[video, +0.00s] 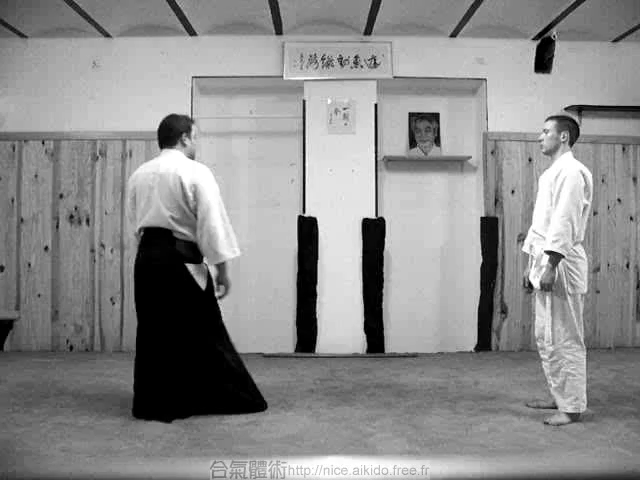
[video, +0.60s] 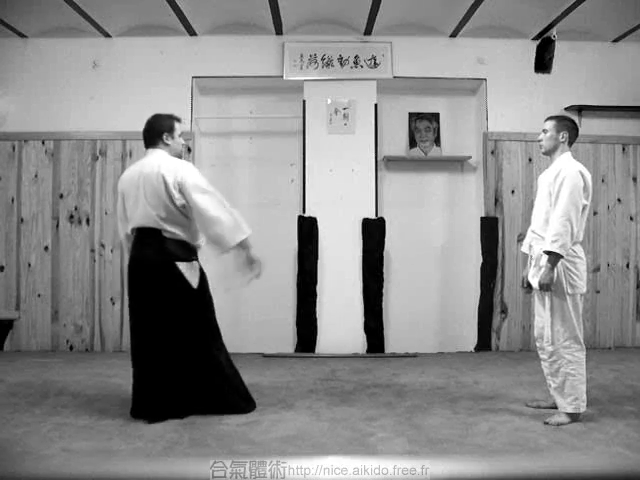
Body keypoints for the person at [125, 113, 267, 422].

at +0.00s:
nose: (196, 142)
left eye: (195, 136)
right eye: (194, 137)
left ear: (161, 140)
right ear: (185, 138)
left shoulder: (138, 174)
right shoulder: (195, 173)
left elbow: (136, 223)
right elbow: (212, 226)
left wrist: (151, 250)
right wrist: (221, 270)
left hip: (146, 259)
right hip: (182, 260)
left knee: (152, 332)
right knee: (203, 330)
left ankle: (152, 401)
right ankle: (240, 396)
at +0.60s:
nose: (184, 143)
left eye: (183, 136)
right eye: (181, 137)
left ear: (152, 140)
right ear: (166, 139)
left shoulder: (128, 174)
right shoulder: (178, 170)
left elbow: (126, 227)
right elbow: (213, 211)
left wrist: (136, 254)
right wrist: (244, 248)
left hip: (141, 257)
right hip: (175, 257)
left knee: (148, 331)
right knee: (195, 329)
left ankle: (151, 402)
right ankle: (226, 397)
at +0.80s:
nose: (192, 141)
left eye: (191, 135)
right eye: (188, 135)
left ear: (159, 140)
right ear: (174, 138)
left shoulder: (135, 174)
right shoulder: (186, 171)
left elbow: (136, 219)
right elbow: (226, 200)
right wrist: (272, 222)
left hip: (146, 258)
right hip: (181, 259)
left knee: (154, 332)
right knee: (201, 330)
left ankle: (153, 402)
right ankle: (225, 398)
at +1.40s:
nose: (225, 142)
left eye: (225, 136)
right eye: (223, 136)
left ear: (194, 137)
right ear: (211, 137)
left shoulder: (163, 169)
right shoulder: (218, 169)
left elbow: (153, 219)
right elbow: (264, 192)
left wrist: (161, 251)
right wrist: (314, 205)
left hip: (171, 255)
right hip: (206, 258)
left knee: (169, 329)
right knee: (216, 329)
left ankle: (161, 401)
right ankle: (221, 399)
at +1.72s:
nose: (220, 141)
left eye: (220, 135)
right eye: (216, 136)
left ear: (187, 139)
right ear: (200, 138)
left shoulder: (159, 169)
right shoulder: (205, 170)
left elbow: (158, 213)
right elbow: (250, 192)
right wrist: (302, 203)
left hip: (163, 251)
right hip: (194, 255)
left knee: (165, 324)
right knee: (210, 325)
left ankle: (152, 395)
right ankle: (218, 396)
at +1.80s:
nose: (207, 143)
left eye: (206, 137)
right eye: (203, 137)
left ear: (177, 140)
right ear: (190, 139)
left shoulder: (156, 171)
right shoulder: (193, 171)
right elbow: (240, 194)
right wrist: (293, 202)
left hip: (158, 252)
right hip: (187, 256)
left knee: (162, 325)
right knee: (210, 322)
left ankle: (150, 394)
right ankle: (217, 395)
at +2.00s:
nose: (179, 148)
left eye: (179, 142)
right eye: (173, 142)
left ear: (150, 145)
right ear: (155, 144)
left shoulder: (141, 172)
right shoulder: (157, 174)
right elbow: (199, 197)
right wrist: (246, 199)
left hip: (146, 256)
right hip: (165, 259)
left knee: (150, 330)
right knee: (191, 329)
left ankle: (138, 395)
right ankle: (210, 394)